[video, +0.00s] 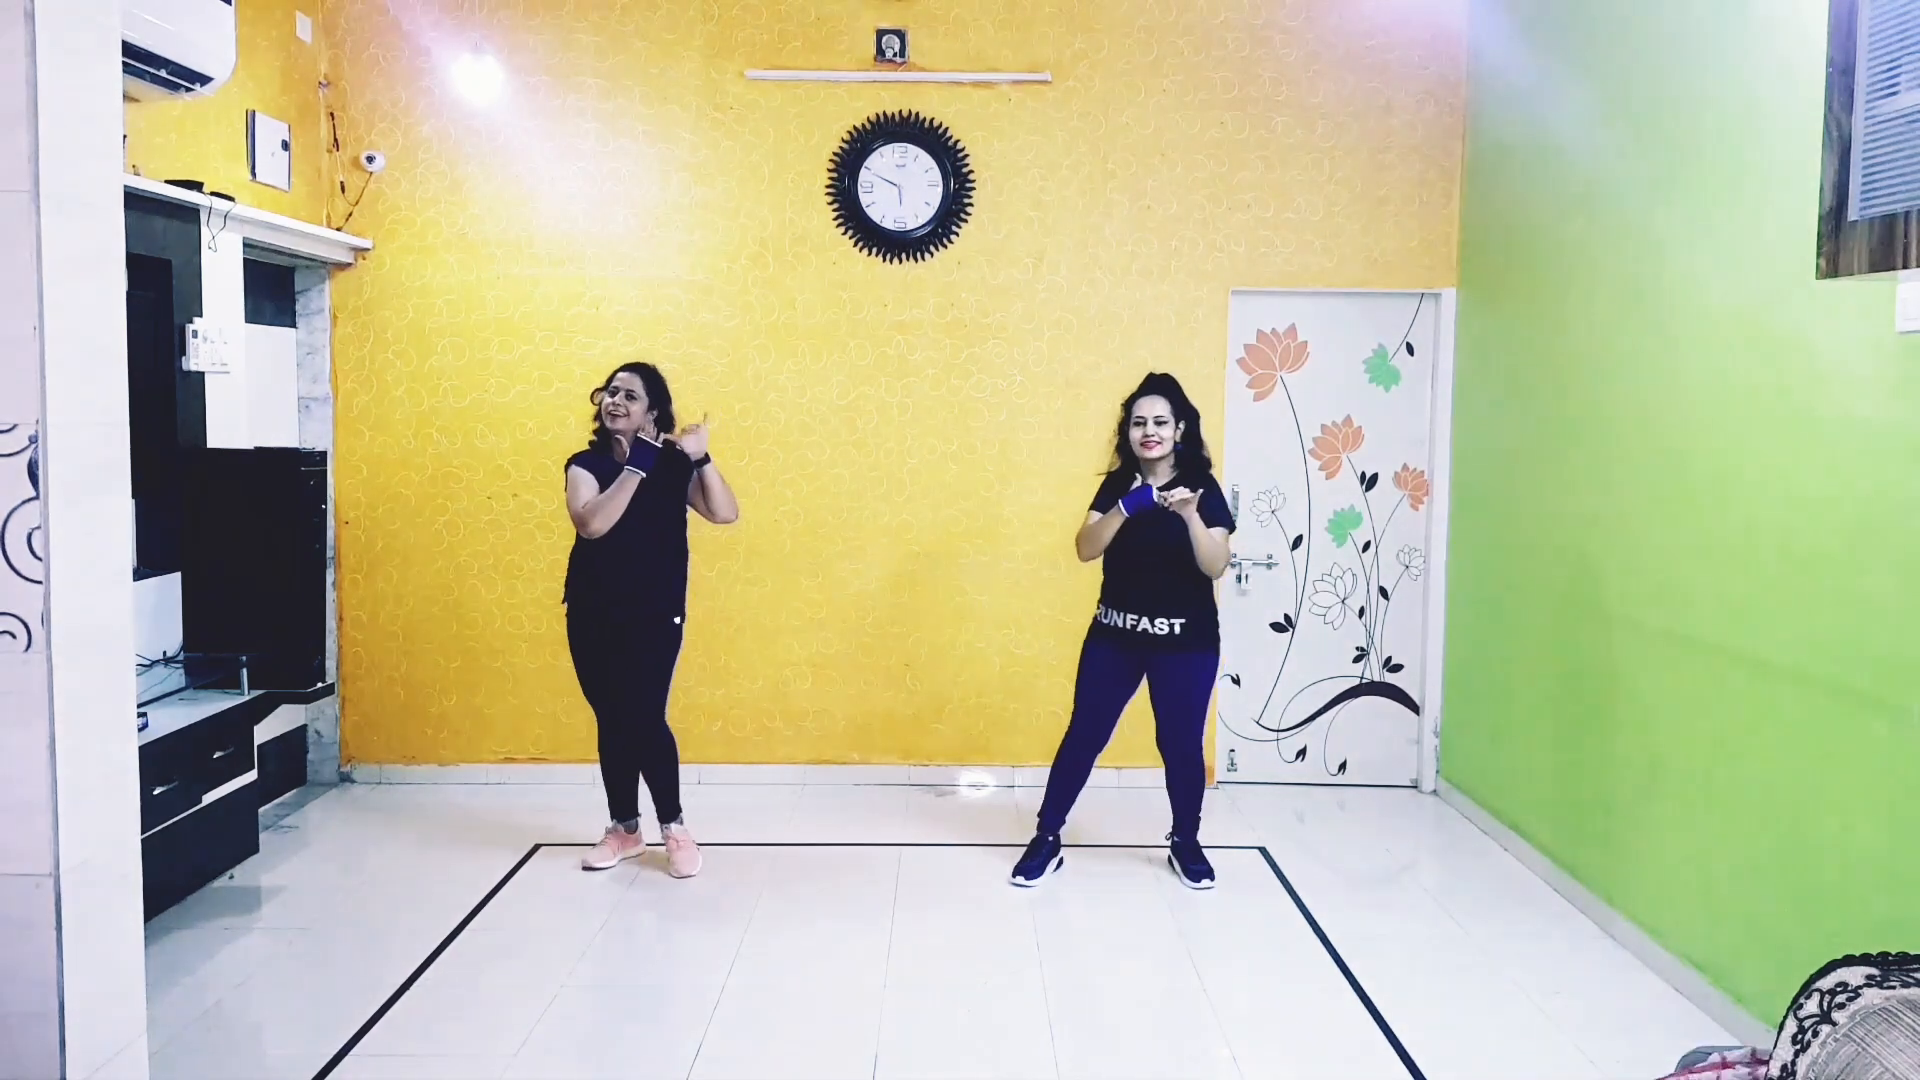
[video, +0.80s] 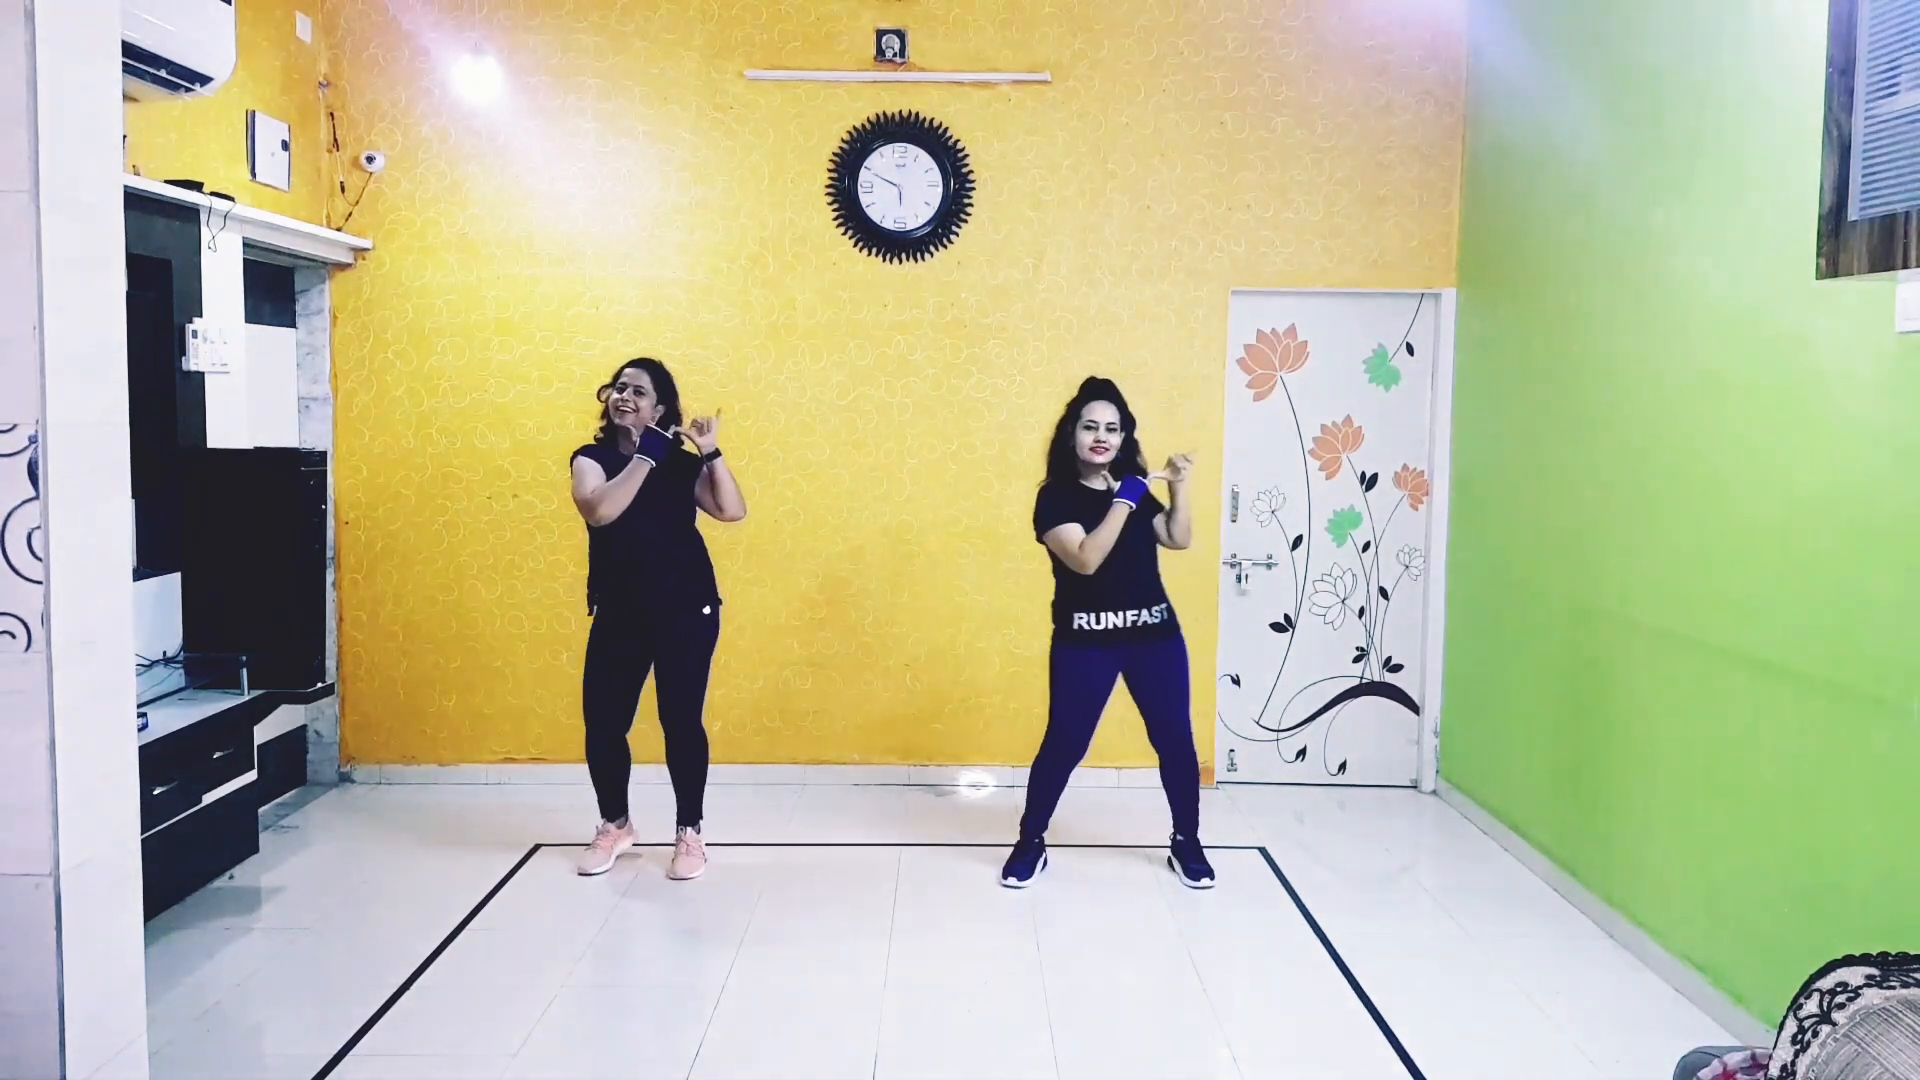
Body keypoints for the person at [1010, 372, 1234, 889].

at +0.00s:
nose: (1148, 430)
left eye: (1160, 420)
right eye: (1138, 420)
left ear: (1180, 428)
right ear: (1127, 430)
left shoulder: (1202, 488)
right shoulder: (1118, 482)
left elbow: (1216, 566)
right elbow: (1086, 550)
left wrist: (1192, 517)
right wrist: (1122, 510)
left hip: (1186, 640)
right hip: (1116, 632)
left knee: (1182, 748)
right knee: (1083, 737)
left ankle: (1186, 841)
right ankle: (1046, 836)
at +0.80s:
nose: (1100, 436)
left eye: (1111, 427)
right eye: (1089, 425)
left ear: (1124, 436)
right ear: (1070, 431)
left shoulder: (1133, 488)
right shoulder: (1054, 497)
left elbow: (1179, 537)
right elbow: (1084, 560)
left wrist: (1179, 487)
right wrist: (1123, 502)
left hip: (1152, 634)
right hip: (1085, 640)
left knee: (1176, 742)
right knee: (1063, 747)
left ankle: (1187, 840)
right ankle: (1030, 842)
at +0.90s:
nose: (1089, 437)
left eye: (1100, 427)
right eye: (1078, 425)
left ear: (1113, 435)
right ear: (1059, 431)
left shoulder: (1118, 489)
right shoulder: (1041, 493)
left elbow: (1158, 542)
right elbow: (1069, 558)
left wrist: (1161, 493)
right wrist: (1107, 503)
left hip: (1134, 633)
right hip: (1068, 639)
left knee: (1163, 737)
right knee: (1054, 746)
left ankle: (1186, 838)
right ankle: (1030, 842)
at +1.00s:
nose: (1078, 439)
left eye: (1089, 429)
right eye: (1067, 427)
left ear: (1102, 435)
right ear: (1048, 432)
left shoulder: (1107, 487)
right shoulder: (1029, 493)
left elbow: (1142, 548)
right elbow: (1057, 559)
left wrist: (1148, 498)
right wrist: (1097, 503)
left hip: (1118, 634)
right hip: (1053, 640)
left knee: (1153, 738)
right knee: (1048, 747)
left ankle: (1185, 838)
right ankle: (1031, 843)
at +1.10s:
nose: (1069, 437)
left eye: (1079, 427)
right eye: (1057, 426)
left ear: (1093, 434)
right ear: (1040, 430)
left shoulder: (1097, 486)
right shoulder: (1021, 492)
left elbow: (1129, 554)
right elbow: (1047, 556)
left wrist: (1139, 501)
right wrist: (1087, 504)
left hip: (1107, 632)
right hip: (1043, 637)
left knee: (1144, 736)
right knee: (1042, 748)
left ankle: (1177, 837)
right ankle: (1031, 843)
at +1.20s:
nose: (1063, 437)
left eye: (1073, 427)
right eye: (1051, 426)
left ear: (1088, 431)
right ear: (1035, 430)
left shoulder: (1092, 486)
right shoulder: (1016, 487)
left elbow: (1122, 558)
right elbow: (1036, 552)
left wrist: (1135, 506)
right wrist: (1079, 500)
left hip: (1099, 632)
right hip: (1035, 636)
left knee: (1135, 736)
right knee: (1038, 745)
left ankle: (1170, 836)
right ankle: (1030, 843)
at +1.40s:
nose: (1061, 438)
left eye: (1071, 427)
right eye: (1049, 428)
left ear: (1087, 431)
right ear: (1034, 433)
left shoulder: (1095, 493)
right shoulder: (1015, 479)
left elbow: (1115, 568)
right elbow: (1014, 542)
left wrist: (1129, 519)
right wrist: (1065, 498)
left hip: (1087, 631)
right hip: (1022, 633)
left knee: (1125, 735)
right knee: (1030, 743)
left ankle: (1164, 837)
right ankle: (1029, 842)